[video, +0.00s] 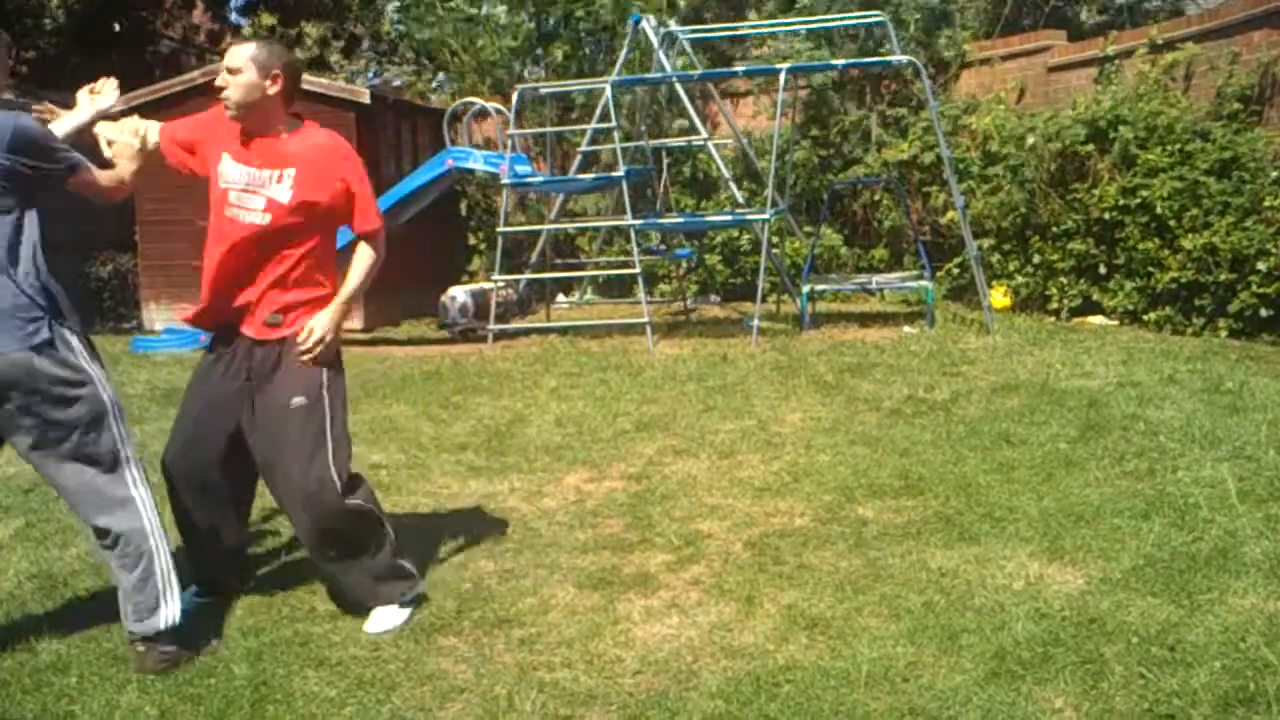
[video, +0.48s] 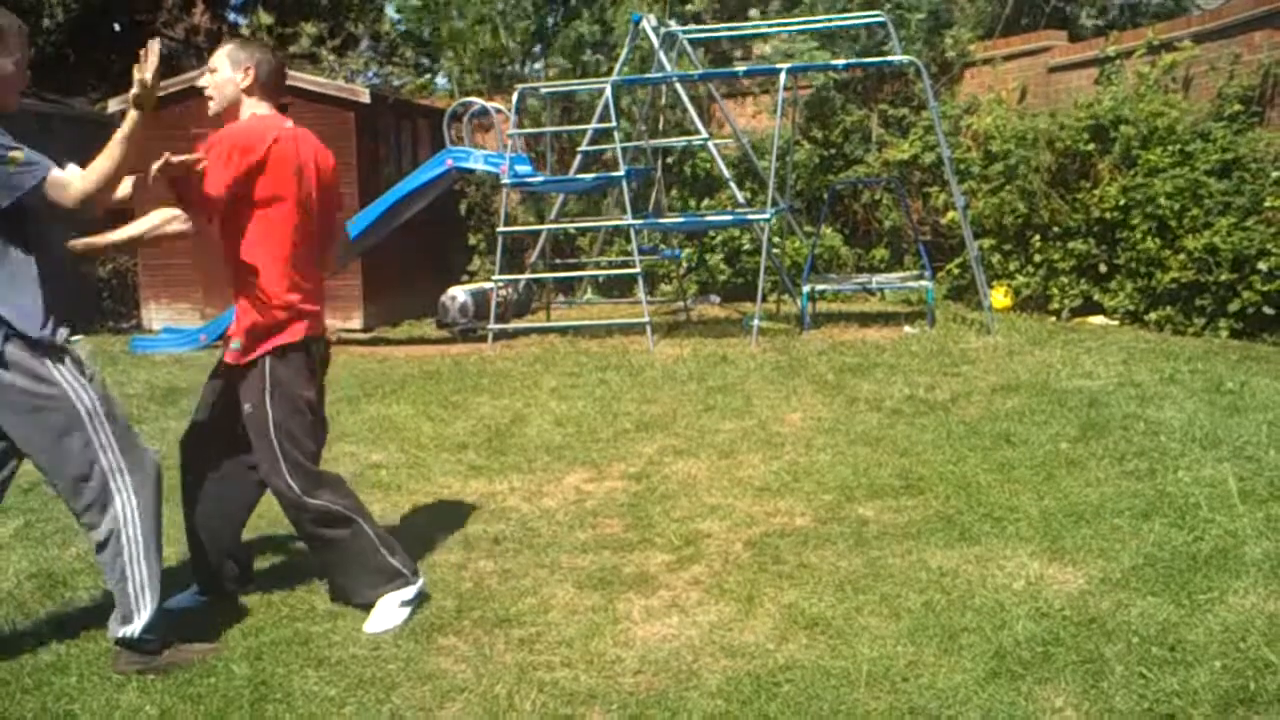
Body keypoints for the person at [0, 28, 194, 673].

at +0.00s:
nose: (13, 75)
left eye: (10, 66)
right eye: (11, 67)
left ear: (2, 80)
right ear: (7, 75)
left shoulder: (14, 133)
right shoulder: (15, 132)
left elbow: (29, 146)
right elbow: (109, 185)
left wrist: (82, 115)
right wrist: (127, 157)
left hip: (15, 339)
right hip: (25, 340)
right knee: (107, 471)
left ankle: (155, 619)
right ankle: (156, 629)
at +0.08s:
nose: (16, 78)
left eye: (13, 67)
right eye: (13, 68)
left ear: (3, 77)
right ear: (2, 76)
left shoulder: (10, 137)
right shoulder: (11, 136)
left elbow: (23, 145)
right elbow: (104, 188)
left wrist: (83, 119)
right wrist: (151, 181)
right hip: (23, 338)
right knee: (104, 472)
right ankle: (153, 632)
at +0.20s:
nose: (14, 69)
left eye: (11, 58)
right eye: (8, 60)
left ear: (3, 70)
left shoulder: (9, 125)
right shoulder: (6, 126)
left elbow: (25, 178)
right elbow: (105, 196)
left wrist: (73, 143)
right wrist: (112, 178)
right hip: (20, 339)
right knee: (101, 472)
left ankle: (149, 624)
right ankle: (152, 633)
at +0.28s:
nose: (12, 71)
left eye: (11, 60)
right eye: (8, 60)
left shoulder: (10, 128)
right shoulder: (4, 128)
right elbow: (94, 202)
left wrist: (74, 155)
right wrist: (85, 165)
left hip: (14, 321)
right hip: (13, 322)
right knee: (102, 460)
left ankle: (148, 622)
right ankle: (151, 630)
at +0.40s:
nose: (15, 69)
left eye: (15, 58)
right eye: (8, 58)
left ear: (13, 65)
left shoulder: (10, 136)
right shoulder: (2, 139)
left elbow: (79, 214)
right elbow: (75, 197)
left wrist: (114, 143)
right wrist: (90, 103)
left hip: (20, 339)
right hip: (21, 341)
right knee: (128, 478)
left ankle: (134, 626)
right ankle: (135, 638)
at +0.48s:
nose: (25, 71)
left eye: (24, 59)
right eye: (18, 58)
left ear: (10, 65)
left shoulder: (13, 143)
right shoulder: (4, 143)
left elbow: (54, 235)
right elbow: (77, 192)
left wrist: (136, 214)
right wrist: (136, 112)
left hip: (20, 341)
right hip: (21, 344)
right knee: (121, 467)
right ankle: (140, 634)